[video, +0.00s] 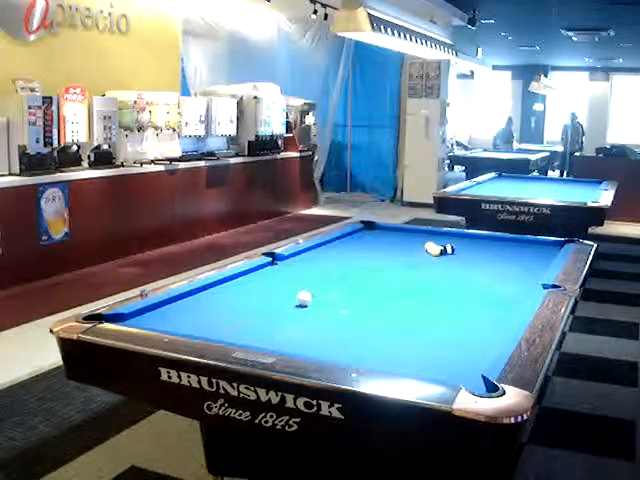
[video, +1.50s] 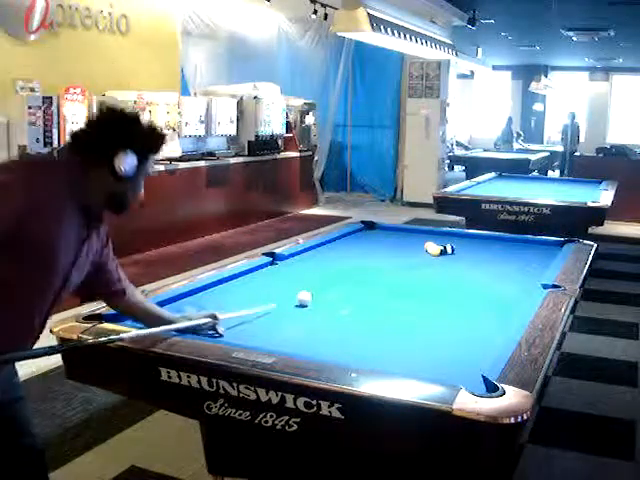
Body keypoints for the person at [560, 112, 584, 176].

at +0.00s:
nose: (572, 120)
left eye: (574, 119)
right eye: (571, 119)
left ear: (576, 118)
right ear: (570, 118)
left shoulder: (579, 126)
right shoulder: (566, 126)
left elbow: (581, 136)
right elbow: (563, 135)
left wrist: (580, 146)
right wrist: (563, 142)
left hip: (575, 146)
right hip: (566, 146)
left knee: (571, 159)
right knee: (563, 159)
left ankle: (569, 173)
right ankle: (561, 173)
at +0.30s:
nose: (572, 119)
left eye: (574, 117)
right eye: (571, 117)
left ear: (576, 118)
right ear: (570, 117)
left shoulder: (578, 126)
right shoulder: (566, 126)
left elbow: (580, 135)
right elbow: (563, 135)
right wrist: (563, 142)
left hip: (574, 146)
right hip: (566, 145)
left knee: (571, 160)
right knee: (563, 159)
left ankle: (569, 173)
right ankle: (561, 173)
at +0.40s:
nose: (572, 119)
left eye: (574, 117)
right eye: (571, 117)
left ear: (576, 117)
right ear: (570, 117)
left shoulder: (577, 126)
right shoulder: (566, 125)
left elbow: (580, 134)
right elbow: (563, 134)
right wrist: (563, 141)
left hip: (574, 145)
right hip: (566, 145)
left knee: (571, 159)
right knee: (563, 158)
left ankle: (569, 173)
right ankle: (561, 173)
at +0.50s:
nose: (572, 119)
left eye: (574, 117)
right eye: (571, 117)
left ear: (575, 117)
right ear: (570, 117)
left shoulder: (577, 126)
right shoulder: (566, 125)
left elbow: (579, 135)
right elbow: (563, 134)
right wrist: (563, 141)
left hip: (574, 146)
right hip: (566, 145)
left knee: (571, 159)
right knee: (563, 159)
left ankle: (569, 173)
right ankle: (561, 172)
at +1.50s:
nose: (571, 119)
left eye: (572, 117)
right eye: (570, 117)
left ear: (574, 117)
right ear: (568, 117)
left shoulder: (576, 126)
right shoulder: (565, 125)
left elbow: (578, 135)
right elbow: (563, 134)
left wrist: (577, 143)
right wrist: (562, 142)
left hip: (573, 145)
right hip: (566, 145)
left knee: (571, 160)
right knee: (563, 160)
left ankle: (570, 173)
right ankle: (562, 173)